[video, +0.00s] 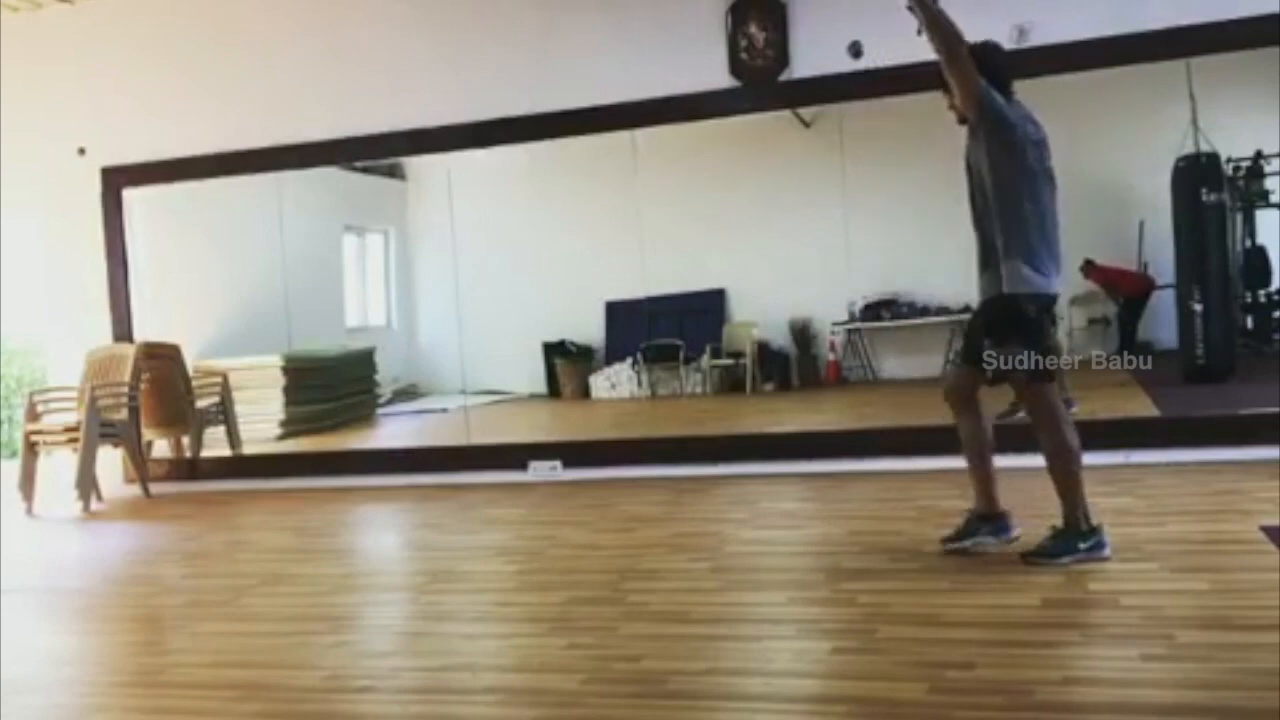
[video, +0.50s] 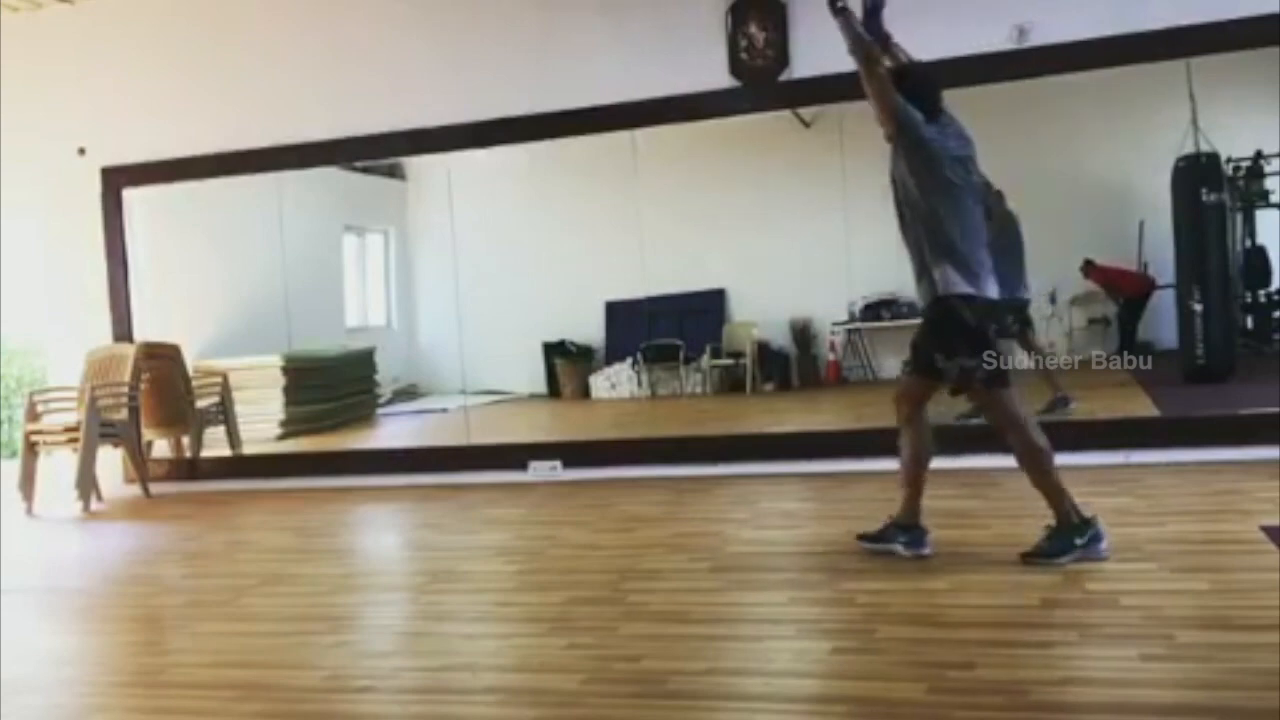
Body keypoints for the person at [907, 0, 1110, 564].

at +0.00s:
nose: (949, 104)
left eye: (952, 91)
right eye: (946, 93)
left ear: (975, 84)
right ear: (994, 78)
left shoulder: (1007, 123)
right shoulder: (1003, 128)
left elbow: (960, 58)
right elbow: (959, 58)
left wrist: (926, 9)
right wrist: (929, 19)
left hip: (1025, 287)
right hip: (1004, 288)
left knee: (1040, 398)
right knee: (960, 388)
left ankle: (1080, 526)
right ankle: (989, 513)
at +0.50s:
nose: (881, 108)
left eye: (885, 96)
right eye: (881, 95)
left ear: (906, 100)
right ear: (930, 97)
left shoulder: (921, 139)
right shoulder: (952, 139)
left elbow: (874, 74)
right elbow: (917, 80)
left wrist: (842, 18)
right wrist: (885, 39)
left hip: (958, 300)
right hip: (971, 297)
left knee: (1006, 415)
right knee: (908, 397)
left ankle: (1074, 523)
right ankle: (908, 522)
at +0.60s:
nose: (859, 112)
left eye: (862, 102)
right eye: (860, 99)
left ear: (878, 106)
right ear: (905, 103)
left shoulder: (885, 142)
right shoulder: (929, 143)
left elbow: (841, 75)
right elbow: (890, 86)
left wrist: (807, 17)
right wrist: (860, 48)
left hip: (916, 300)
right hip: (942, 298)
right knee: (889, 406)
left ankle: (1028, 501)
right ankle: (905, 522)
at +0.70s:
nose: (838, 117)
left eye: (842, 108)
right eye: (840, 109)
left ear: (857, 110)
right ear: (890, 107)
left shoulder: (869, 147)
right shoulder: (919, 150)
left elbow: (825, 73)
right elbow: (888, 104)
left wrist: (800, 23)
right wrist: (865, 70)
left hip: (891, 304)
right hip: (929, 304)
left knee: (868, 422)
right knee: (876, 419)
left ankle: (964, 496)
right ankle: (905, 524)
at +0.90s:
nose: (799, 142)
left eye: (805, 134)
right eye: (800, 132)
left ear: (819, 137)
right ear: (846, 133)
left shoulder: (831, 176)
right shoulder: (867, 176)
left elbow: (793, 123)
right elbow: (832, 113)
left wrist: (771, 73)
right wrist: (804, 63)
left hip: (835, 324)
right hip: (877, 330)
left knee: (741, 372)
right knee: (834, 426)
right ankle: (897, 527)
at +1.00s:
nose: (748, 119)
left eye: (750, 109)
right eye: (748, 106)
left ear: (765, 110)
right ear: (794, 104)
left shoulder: (780, 146)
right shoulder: (817, 142)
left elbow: (742, 89)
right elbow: (780, 85)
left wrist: (717, 31)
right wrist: (748, 41)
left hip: (797, 290)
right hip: (835, 299)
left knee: (692, 284)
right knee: (837, 412)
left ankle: (625, 374)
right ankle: (891, 515)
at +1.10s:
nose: (717, 90)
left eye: (720, 83)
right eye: (726, 74)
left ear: (733, 90)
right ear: (771, 75)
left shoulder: (745, 119)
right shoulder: (791, 115)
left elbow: (704, 60)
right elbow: (758, 54)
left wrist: (677, 8)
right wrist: (722, 15)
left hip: (775, 258)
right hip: (820, 268)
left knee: (672, 267)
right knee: (833, 382)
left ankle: (626, 368)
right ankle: (877, 495)